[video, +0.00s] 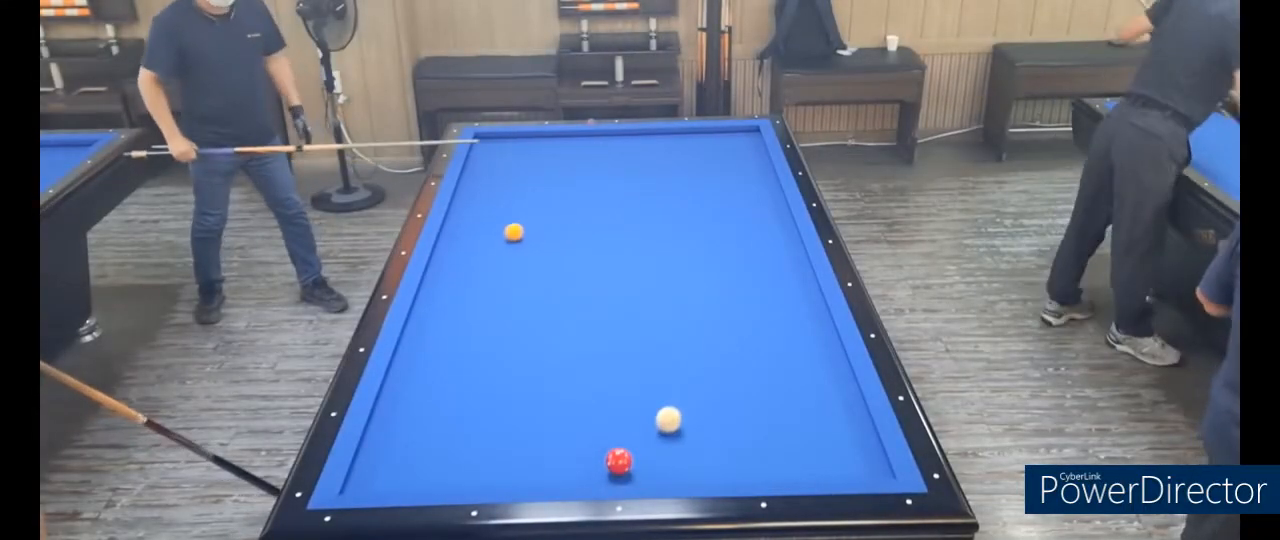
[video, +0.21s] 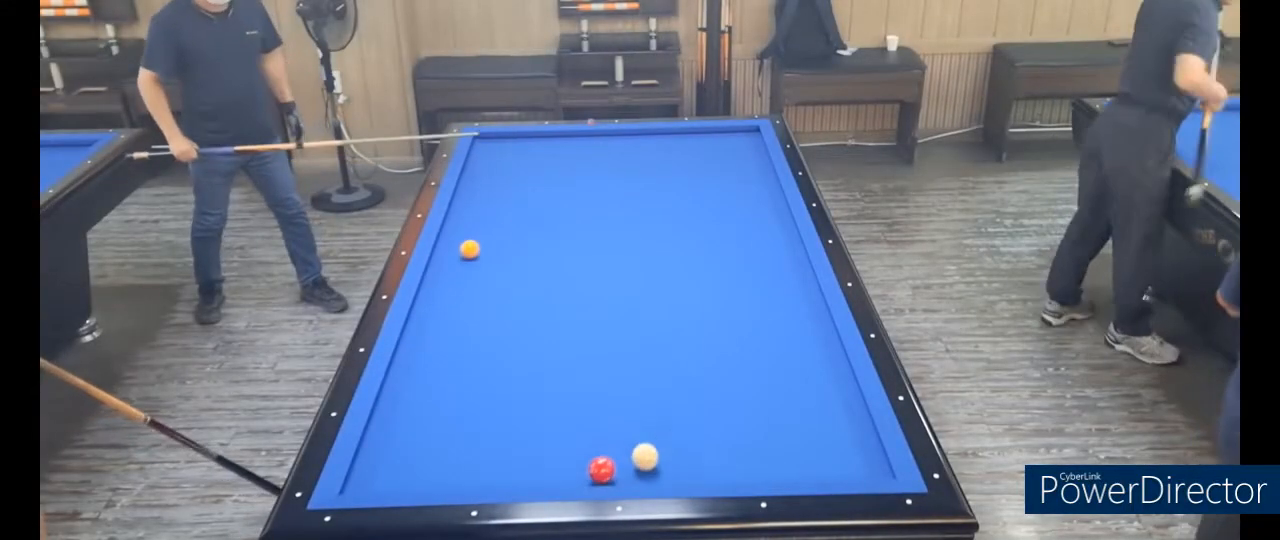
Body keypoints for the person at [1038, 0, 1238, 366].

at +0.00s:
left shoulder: (1179, 3)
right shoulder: (1236, 24)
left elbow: (1124, 34)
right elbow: (1236, 94)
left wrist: (1161, 29)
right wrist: (1224, 94)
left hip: (1120, 120)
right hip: (1158, 136)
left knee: (1088, 219)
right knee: (1137, 237)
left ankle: (1059, 301)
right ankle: (1130, 329)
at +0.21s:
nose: (1232, 3)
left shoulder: (1156, 4)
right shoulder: (1201, 10)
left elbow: (1149, 59)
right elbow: (1187, 76)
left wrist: (1197, 90)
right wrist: (1216, 92)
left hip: (1113, 116)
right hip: (1146, 129)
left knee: (1091, 219)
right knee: (1138, 231)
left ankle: (1059, 301)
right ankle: (1129, 328)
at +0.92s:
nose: (1230, 15)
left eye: (1233, 9)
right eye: (1233, 7)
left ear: (1211, 1)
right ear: (1220, 3)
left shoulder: (1161, 9)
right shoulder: (1167, 19)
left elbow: (1103, 55)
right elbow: (1100, 72)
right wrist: (1068, 139)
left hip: (1113, 139)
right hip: (1118, 146)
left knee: (1092, 233)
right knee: (1101, 244)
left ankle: (1062, 303)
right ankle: (1069, 334)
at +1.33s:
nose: (1233, 15)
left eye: (1235, 8)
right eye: (1234, 6)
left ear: (1213, 2)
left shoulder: (1179, 21)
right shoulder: (1165, 19)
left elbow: (1122, 77)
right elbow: (1106, 71)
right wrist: (1084, 139)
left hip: (1136, 148)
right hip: (1125, 151)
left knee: (1102, 237)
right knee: (1130, 254)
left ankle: (1068, 309)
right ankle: (1083, 347)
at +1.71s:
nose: (1240, 29)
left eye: (1242, 20)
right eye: (1238, 17)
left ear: (1212, 9)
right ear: (1208, 6)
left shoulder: (1209, 49)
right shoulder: (1155, 43)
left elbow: (1197, 108)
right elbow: (1095, 105)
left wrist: (1204, 155)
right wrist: (1066, 174)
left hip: (1165, 173)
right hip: (1120, 167)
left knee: (1121, 243)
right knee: (1127, 273)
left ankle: (1076, 303)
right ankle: (1109, 381)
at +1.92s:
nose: (1236, 40)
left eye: (1240, 32)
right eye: (1232, 27)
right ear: (1205, 13)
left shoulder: (1232, 64)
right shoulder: (1150, 51)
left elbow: (1227, 127)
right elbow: (1098, 114)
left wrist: (1234, 185)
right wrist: (1069, 190)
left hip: (1187, 192)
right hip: (1127, 186)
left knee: (1173, 281)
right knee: (1118, 289)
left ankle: (1109, 313)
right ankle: (1107, 380)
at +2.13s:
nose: (1243, 57)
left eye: (1245, 47)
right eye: (1240, 45)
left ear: (1228, 34)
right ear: (1219, 31)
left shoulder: (1236, 86)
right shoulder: (1160, 76)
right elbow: (1110, 146)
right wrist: (1088, 216)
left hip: (1216, 222)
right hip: (1147, 214)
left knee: (1203, 332)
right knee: (1119, 302)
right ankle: (1107, 379)